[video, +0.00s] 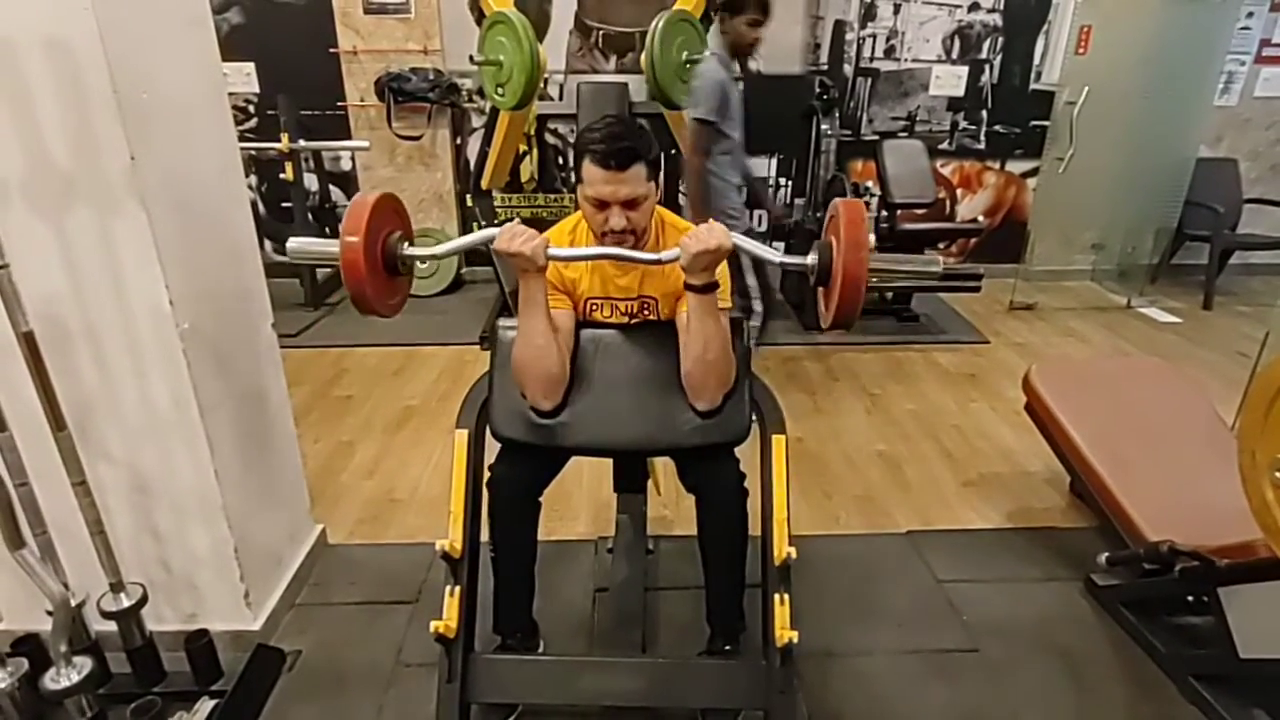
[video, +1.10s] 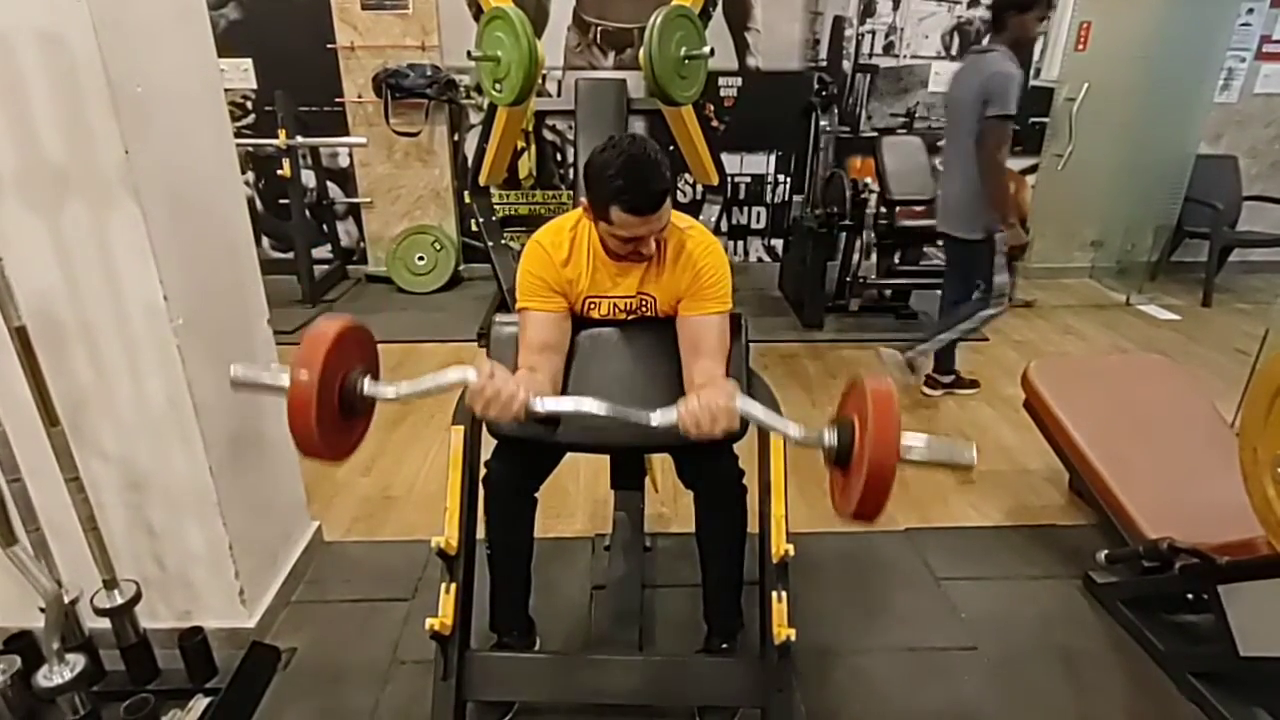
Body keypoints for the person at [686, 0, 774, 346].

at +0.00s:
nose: (758, 36)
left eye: (761, 27)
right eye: (751, 25)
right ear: (723, 20)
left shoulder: (726, 70)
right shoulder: (711, 73)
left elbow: (733, 152)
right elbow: (694, 156)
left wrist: (765, 201)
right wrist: (702, 227)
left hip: (730, 209)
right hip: (721, 214)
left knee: (751, 298)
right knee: (751, 303)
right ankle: (736, 383)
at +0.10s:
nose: (770, 36)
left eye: (773, 28)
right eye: (763, 26)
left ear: (770, 27)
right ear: (736, 22)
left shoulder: (738, 74)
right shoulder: (723, 76)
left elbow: (741, 155)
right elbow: (703, 157)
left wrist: (776, 195)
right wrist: (707, 225)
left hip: (742, 216)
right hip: (731, 220)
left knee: (742, 307)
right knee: (762, 308)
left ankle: (737, 390)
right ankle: (759, 397)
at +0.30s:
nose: (828, 45)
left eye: (830, 37)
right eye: (822, 34)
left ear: (819, 38)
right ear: (795, 32)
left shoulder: (795, 87)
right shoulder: (777, 86)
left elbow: (792, 165)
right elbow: (761, 167)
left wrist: (821, 203)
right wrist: (761, 234)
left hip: (784, 210)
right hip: (782, 212)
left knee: (742, 295)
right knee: (801, 299)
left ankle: (710, 366)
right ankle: (816, 388)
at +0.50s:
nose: (887, 38)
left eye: (890, 29)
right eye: (882, 27)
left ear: (853, 23)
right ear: (854, 22)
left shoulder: (827, 67)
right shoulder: (845, 80)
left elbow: (822, 148)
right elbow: (834, 164)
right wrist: (852, 225)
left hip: (810, 207)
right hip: (827, 215)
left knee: (805, 295)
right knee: (826, 300)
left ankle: (760, 346)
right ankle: (816, 386)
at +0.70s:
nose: (939, 39)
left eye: (943, 30)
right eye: (937, 28)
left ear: (902, 21)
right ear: (912, 21)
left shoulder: (864, 69)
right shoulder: (901, 80)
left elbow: (840, 143)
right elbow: (911, 166)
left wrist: (827, 197)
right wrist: (943, 225)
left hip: (853, 206)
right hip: (877, 216)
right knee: (866, 302)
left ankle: (877, 361)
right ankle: (826, 379)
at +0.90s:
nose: (992, 42)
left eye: (993, 33)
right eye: (987, 32)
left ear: (957, 30)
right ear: (962, 29)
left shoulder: (910, 75)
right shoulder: (956, 83)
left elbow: (884, 147)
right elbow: (964, 167)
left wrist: (873, 207)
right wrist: (998, 226)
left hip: (904, 210)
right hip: (928, 217)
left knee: (937, 291)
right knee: (899, 300)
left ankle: (941, 372)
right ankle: (849, 366)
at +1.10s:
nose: (1042, 29)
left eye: (1044, 20)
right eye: (1039, 19)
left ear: (1006, 19)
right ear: (1013, 18)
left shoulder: (975, 60)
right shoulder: (1004, 69)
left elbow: (960, 141)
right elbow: (990, 152)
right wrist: (1010, 222)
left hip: (956, 204)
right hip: (975, 210)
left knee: (956, 290)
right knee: (989, 296)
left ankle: (943, 370)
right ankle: (925, 358)